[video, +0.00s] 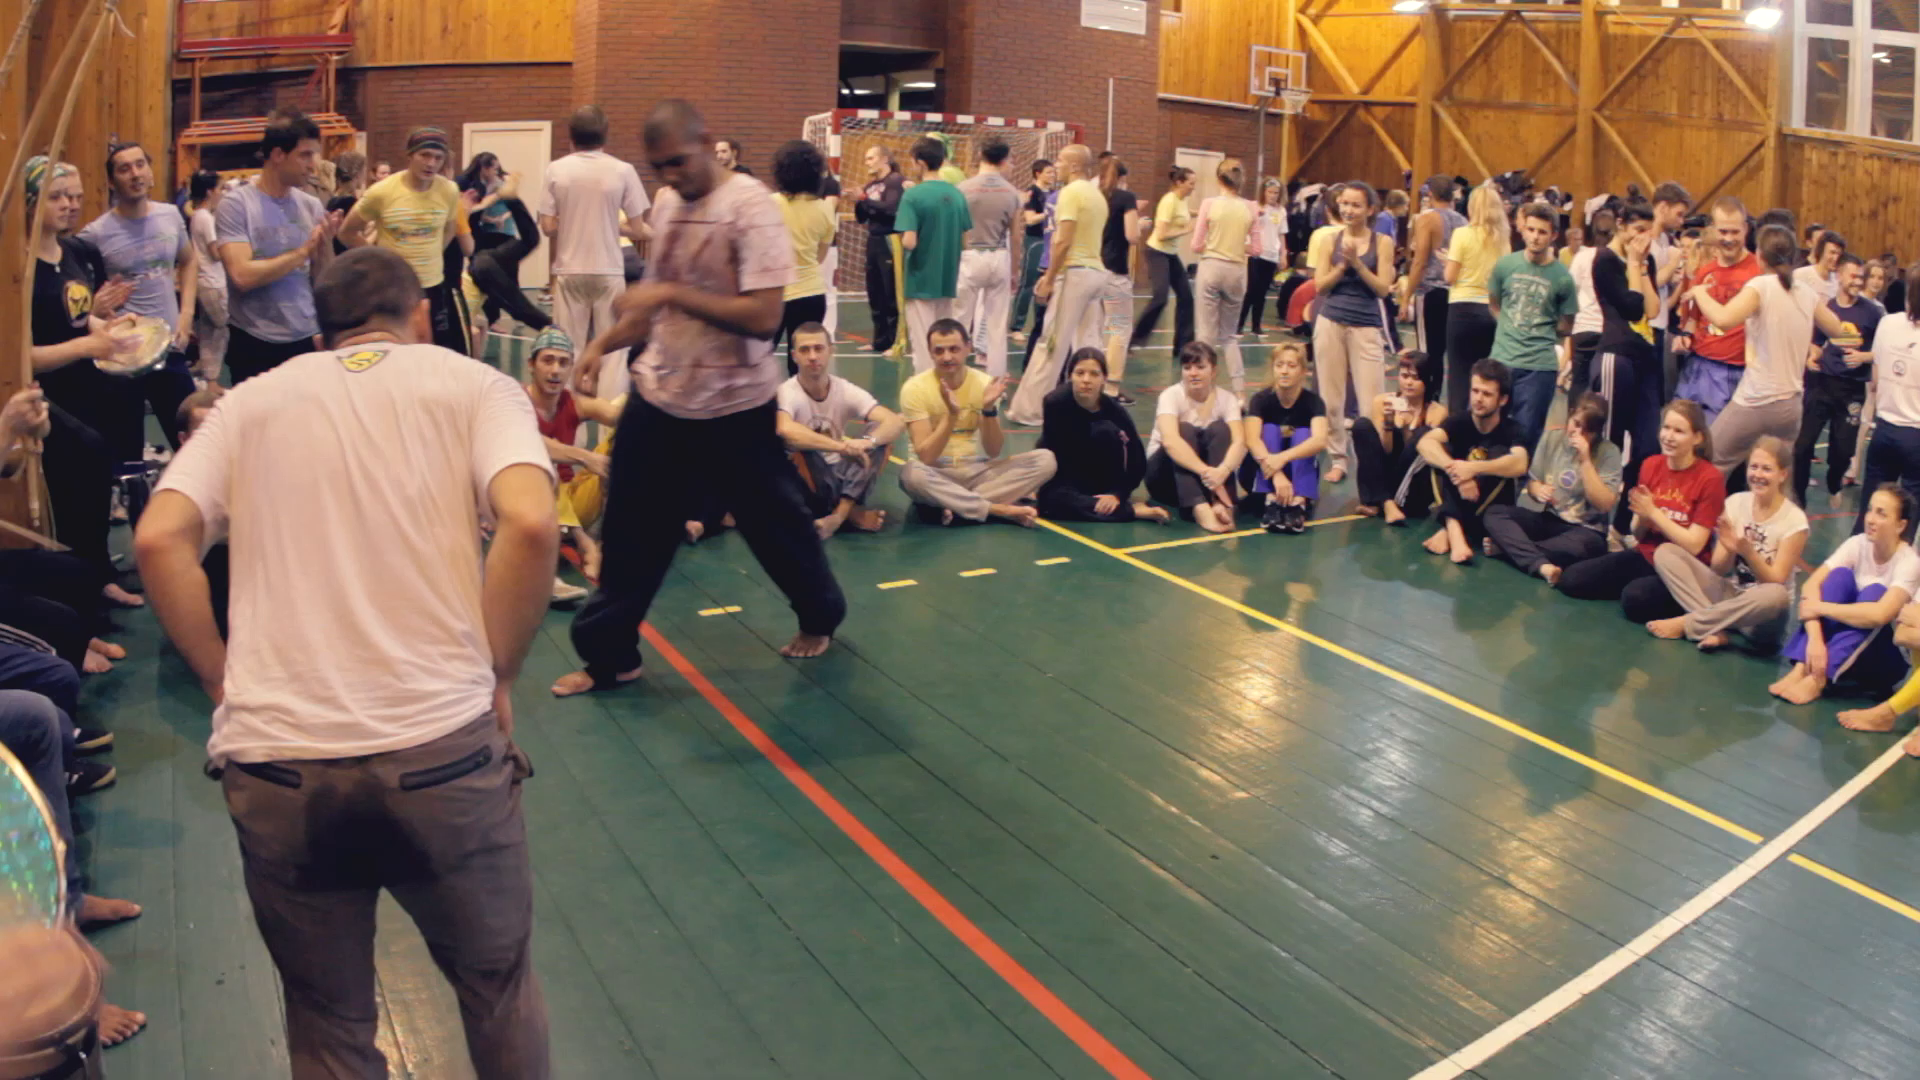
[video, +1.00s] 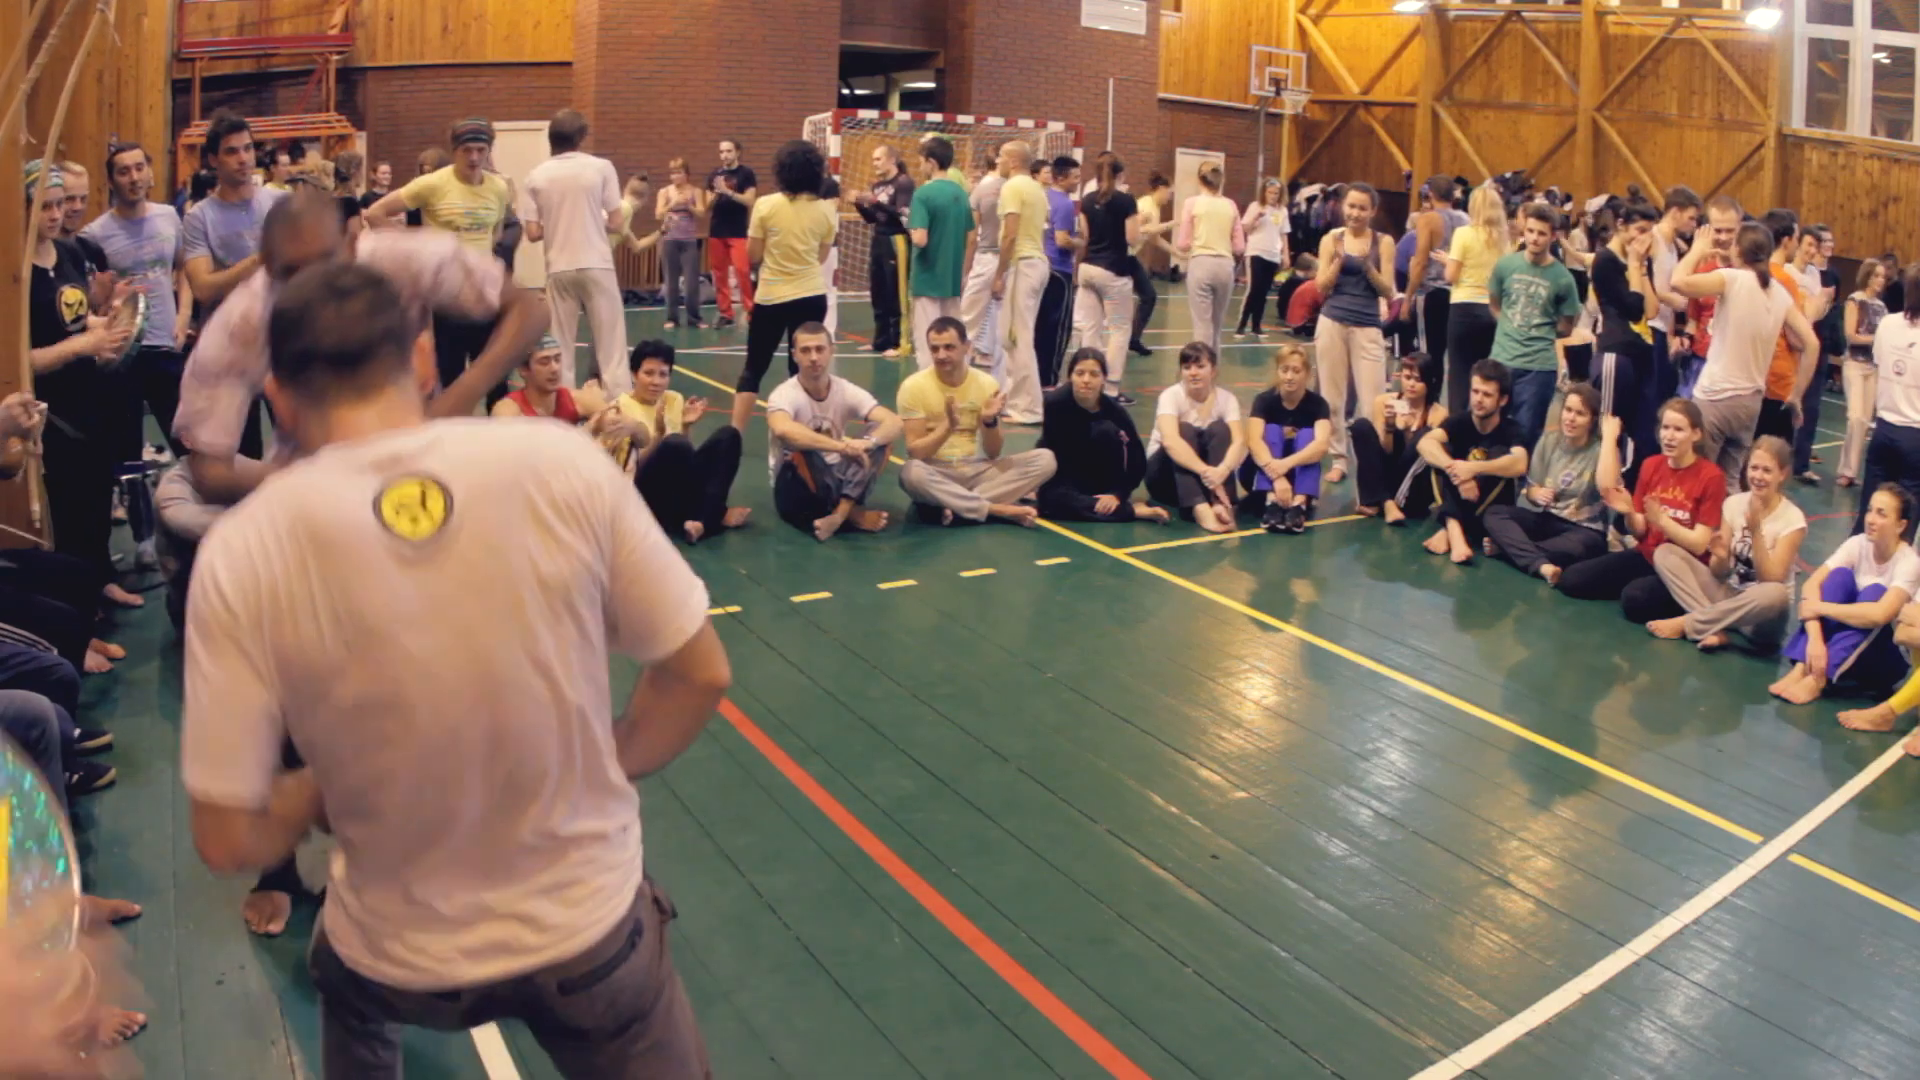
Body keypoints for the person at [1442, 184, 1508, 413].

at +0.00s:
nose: (1468, 209)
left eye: (1470, 205)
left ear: (1472, 207)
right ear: (1498, 208)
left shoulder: (1462, 234)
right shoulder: (1503, 238)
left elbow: (1450, 275)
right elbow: (1505, 274)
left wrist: (1447, 260)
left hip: (1462, 304)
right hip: (1491, 306)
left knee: (1458, 372)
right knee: (1484, 369)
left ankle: (1457, 425)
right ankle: (1483, 426)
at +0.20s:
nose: (1467, 210)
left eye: (1469, 206)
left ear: (1472, 208)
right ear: (1499, 209)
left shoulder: (1463, 234)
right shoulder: (1504, 238)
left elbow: (1451, 276)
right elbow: (1507, 274)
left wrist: (1447, 261)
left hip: (1463, 304)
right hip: (1492, 306)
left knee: (1459, 371)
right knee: (1485, 369)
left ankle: (1457, 424)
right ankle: (1484, 426)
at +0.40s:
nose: (1467, 210)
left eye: (1469, 206)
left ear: (1473, 207)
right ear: (1499, 209)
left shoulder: (1464, 234)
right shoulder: (1504, 239)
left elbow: (1451, 275)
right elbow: (1506, 274)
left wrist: (1448, 260)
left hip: (1464, 303)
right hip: (1492, 306)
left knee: (1459, 370)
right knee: (1485, 369)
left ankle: (1457, 423)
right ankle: (1483, 425)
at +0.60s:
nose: (1467, 210)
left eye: (1469, 206)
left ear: (1473, 207)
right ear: (1498, 208)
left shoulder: (1464, 234)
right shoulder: (1503, 239)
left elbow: (1452, 275)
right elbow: (1505, 274)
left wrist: (1447, 261)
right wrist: (1458, 259)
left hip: (1463, 304)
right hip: (1492, 305)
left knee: (1459, 371)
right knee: (1484, 368)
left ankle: (1457, 423)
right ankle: (1483, 425)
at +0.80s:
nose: (1468, 209)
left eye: (1470, 205)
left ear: (1473, 207)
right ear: (1499, 209)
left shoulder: (1463, 233)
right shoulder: (1503, 239)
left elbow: (1452, 275)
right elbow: (1505, 273)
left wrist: (1448, 262)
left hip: (1464, 303)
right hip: (1491, 305)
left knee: (1459, 371)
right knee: (1484, 369)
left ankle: (1458, 424)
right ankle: (1483, 426)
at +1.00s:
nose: (1468, 209)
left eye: (1470, 205)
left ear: (1473, 207)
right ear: (1499, 209)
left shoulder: (1464, 233)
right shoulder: (1504, 238)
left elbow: (1452, 275)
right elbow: (1506, 273)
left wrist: (1446, 261)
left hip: (1463, 303)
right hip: (1492, 305)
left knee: (1459, 371)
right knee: (1485, 369)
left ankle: (1458, 423)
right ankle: (1484, 425)